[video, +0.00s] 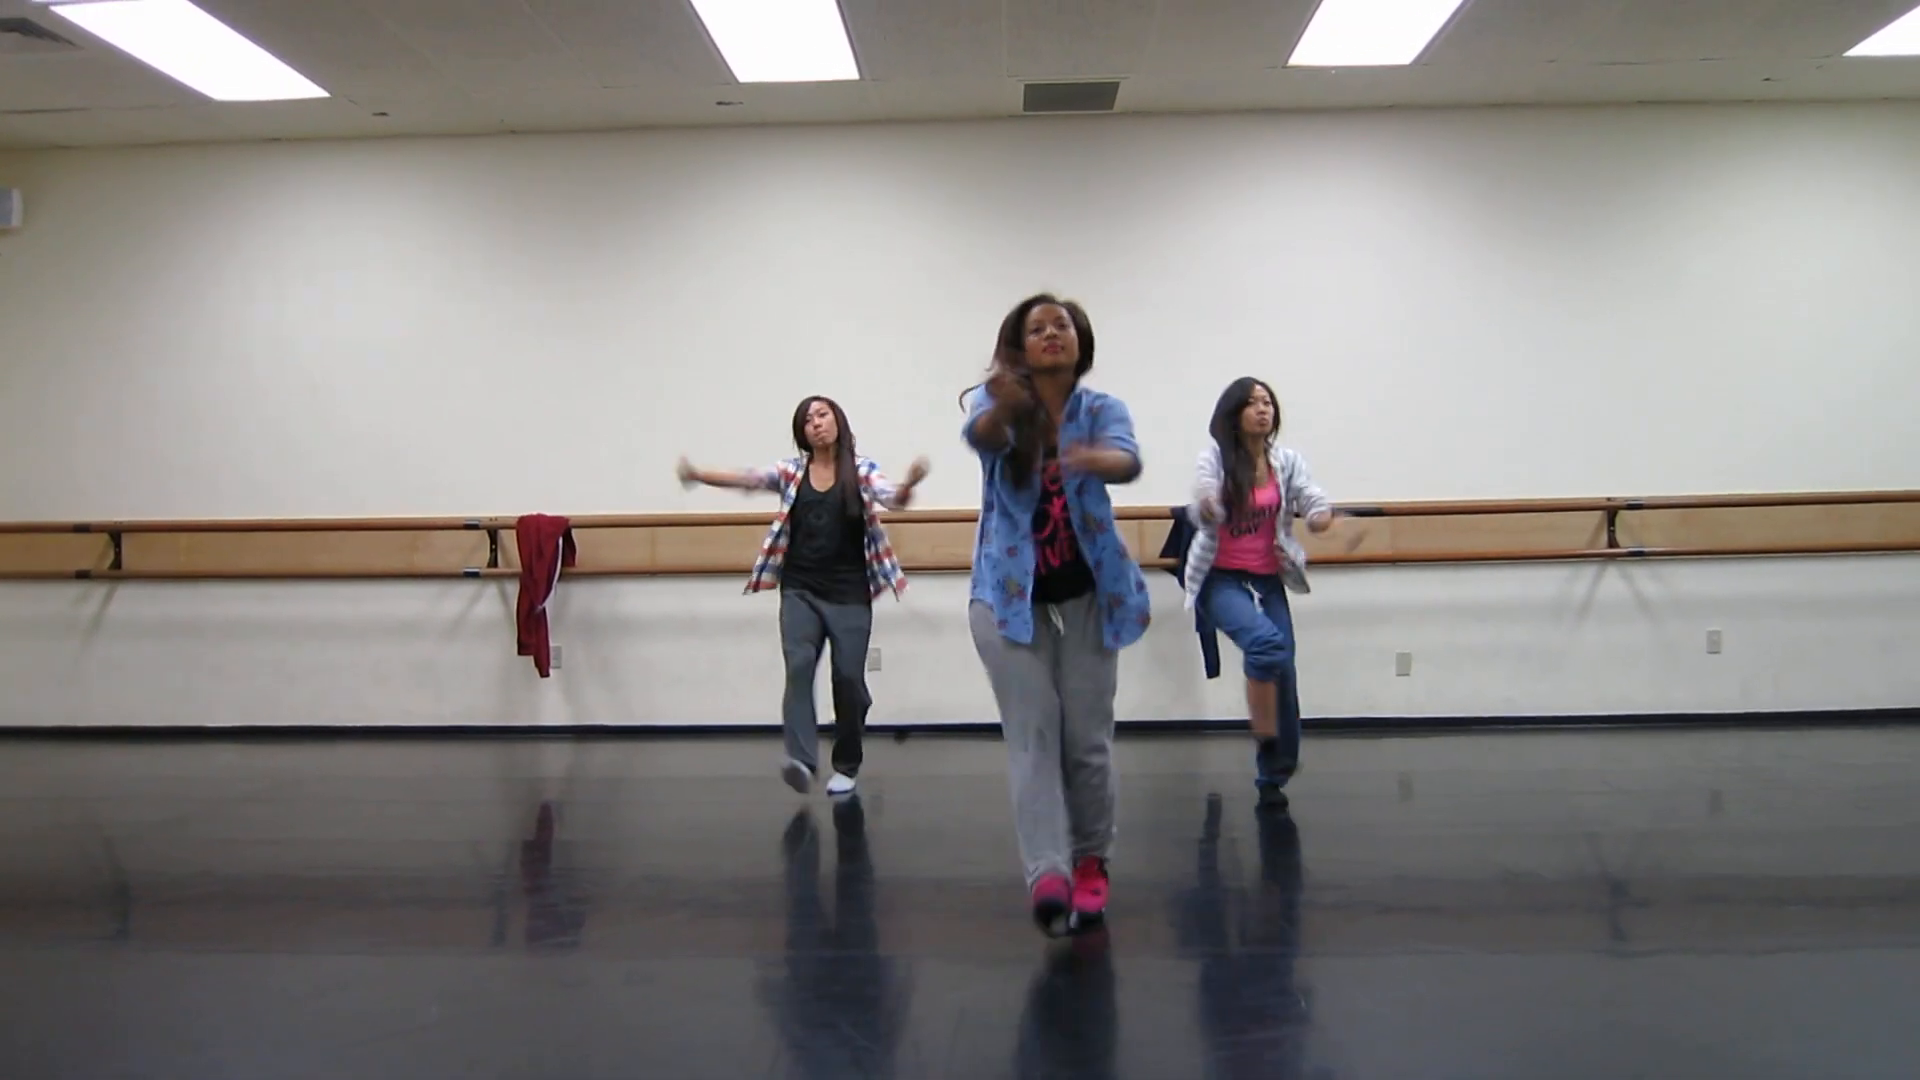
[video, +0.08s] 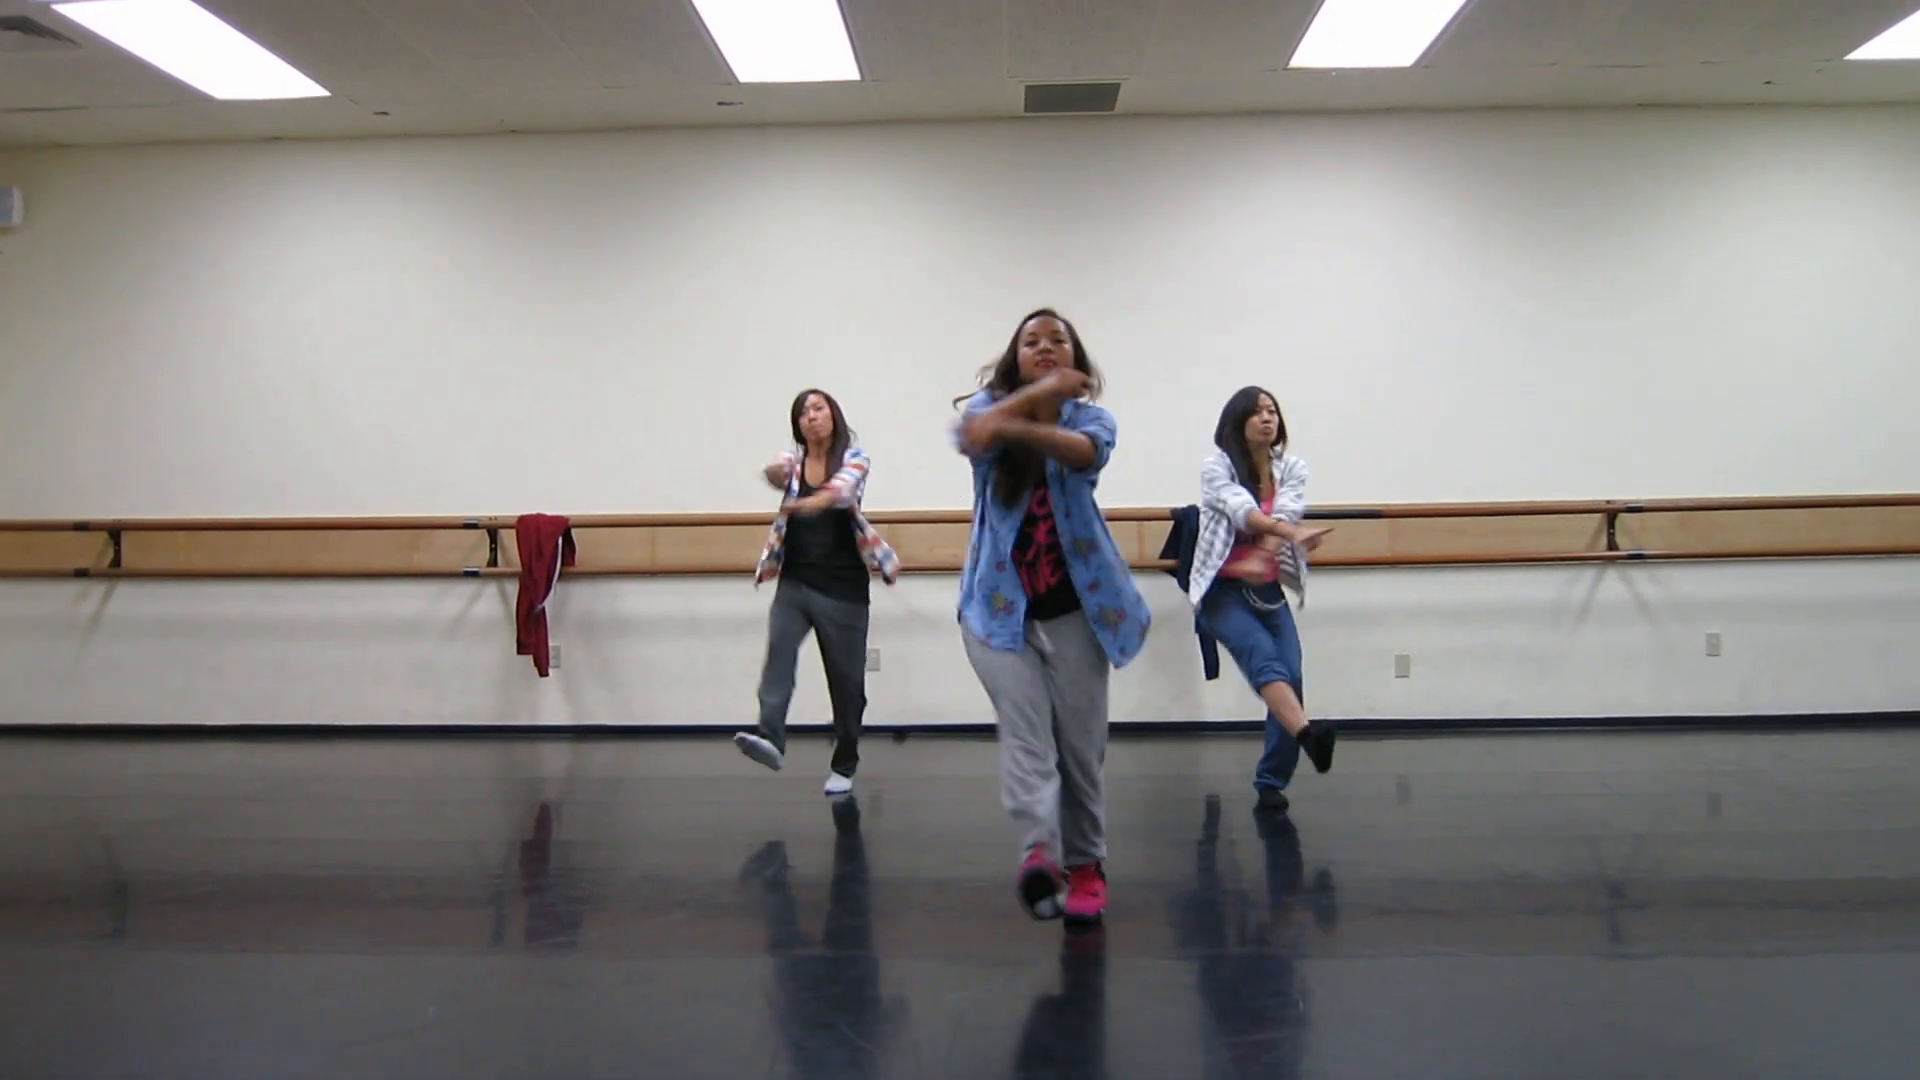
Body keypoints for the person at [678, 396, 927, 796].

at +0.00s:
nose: (818, 422)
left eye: (824, 414)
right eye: (810, 419)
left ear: (840, 422)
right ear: (803, 433)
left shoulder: (861, 469)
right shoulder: (791, 471)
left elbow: (894, 503)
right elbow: (746, 479)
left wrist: (909, 484)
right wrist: (698, 475)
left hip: (850, 596)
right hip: (800, 593)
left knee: (849, 681)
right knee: (798, 670)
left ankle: (846, 768)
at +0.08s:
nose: (813, 415)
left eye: (820, 408)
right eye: (805, 412)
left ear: (835, 415)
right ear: (798, 425)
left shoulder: (855, 459)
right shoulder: (793, 461)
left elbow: (839, 492)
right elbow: (775, 473)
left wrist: (802, 505)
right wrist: (778, 475)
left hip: (843, 590)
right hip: (795, 585)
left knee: (847, 684)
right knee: (779, 654)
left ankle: (844, 766)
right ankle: (770, 737)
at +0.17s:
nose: (806, 399)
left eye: (812, 392)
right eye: (797, 396)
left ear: (828, 399)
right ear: (790, 409)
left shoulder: (848, 443)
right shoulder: (785, 443)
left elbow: (811, 481)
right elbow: (780, 463)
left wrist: (760, 495)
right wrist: (803, 451)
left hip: (842, 577)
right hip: (791, 571)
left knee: (850, 662)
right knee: (762, 640)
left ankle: (852, 759)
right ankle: (771, 731)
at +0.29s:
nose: (795, 402)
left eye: (801, 393)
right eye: (788, 399)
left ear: (820, 400)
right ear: (782, 413)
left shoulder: (840, 436)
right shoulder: (774, 449)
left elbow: (868, 459)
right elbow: (722, 456)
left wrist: (810, 459)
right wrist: (762, 439)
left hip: (834, 579)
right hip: (780, 580)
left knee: (862, 657)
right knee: (757, 667)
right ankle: (730, 763)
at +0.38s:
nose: (789, 413)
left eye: (795, 405)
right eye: (781, 410)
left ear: (814, 412)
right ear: (775, 425)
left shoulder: (842, 459)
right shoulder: (766, 462)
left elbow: (890, 449)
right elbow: (709, 453)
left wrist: (842, 447)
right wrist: (746, 449)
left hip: (831, 595)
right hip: (776, 597)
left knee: (864, 675)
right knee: (757, 682)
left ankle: (910, 754)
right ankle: (737, 773)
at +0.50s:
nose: (783, 416)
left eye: (789, 407)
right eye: (775, 413)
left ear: (807, 411)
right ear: (771, 426)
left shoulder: (834, 453)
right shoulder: (763, 462)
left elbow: (875, 443)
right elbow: (706, 458)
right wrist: (740, 448)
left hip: (829, 593)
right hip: (776, 594)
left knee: (857, 677)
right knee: (759, 683)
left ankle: (909, 751)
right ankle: (738, 774)